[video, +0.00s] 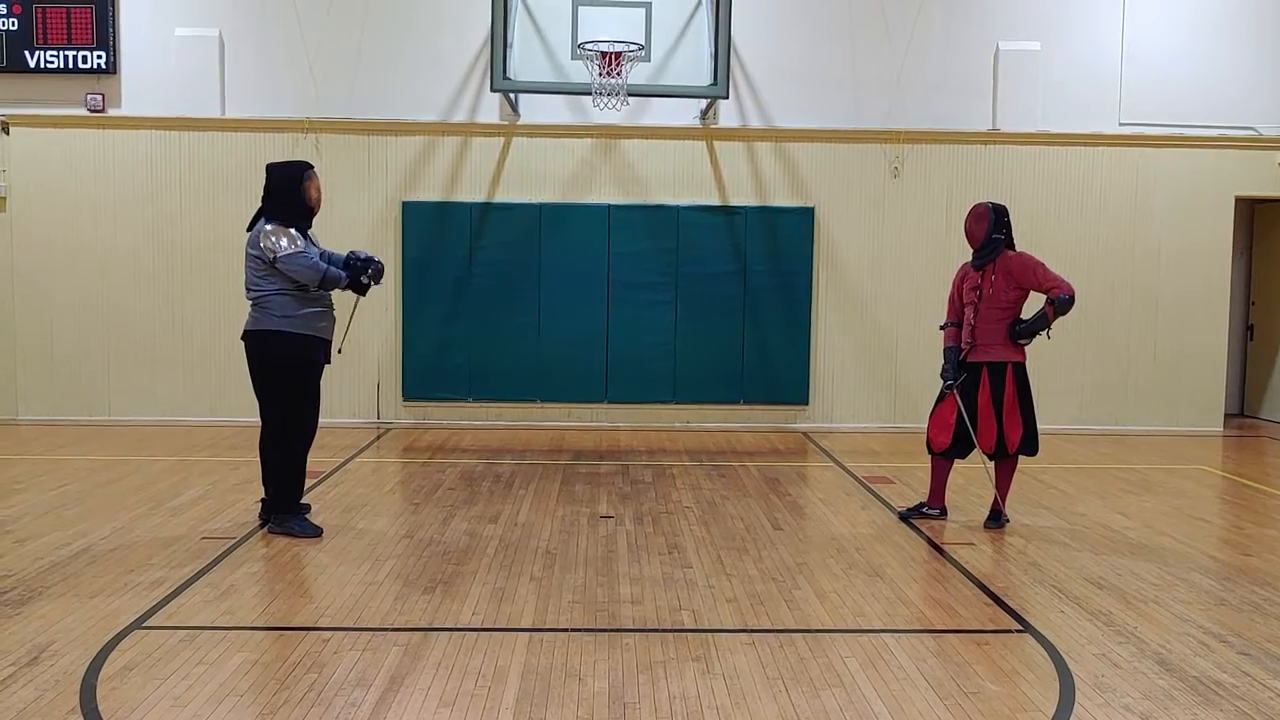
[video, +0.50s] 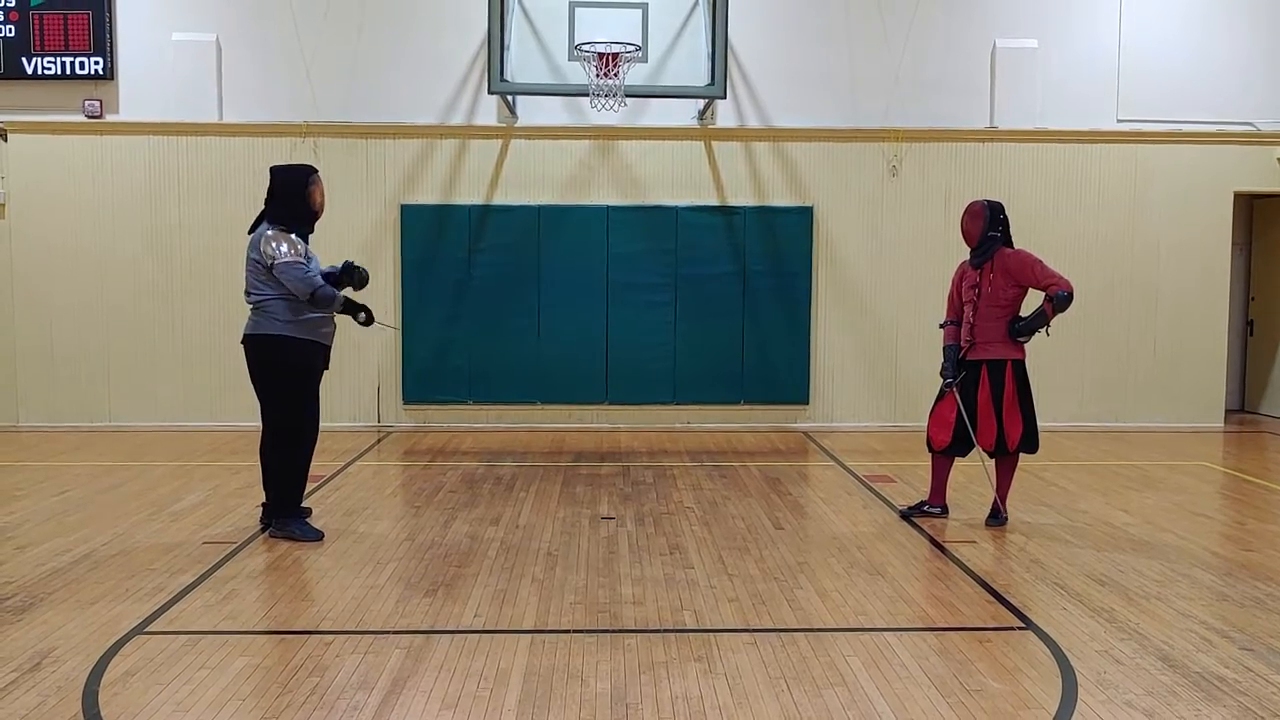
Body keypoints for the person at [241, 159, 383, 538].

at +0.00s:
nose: (319, 194)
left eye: (318, 187)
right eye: (314, 187)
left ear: (296, 191)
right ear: (295, 191)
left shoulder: (292, 232)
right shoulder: (274, 232)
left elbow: (320, 258)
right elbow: (309, 272)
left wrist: (354, 262)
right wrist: (346, 280)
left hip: (299, 342)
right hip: (279, 341)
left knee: (296, 424)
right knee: (287, 426)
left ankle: (282, 504)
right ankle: (282, 511)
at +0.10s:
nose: (319, 197)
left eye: (319, 189)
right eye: (314, 189)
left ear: (296, 192)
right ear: (294, 192)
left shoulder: (292, 233)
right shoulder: (274, 233)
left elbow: (319, 261)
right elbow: (308, 274)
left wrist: (352, 262)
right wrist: (344, 281)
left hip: (298, 343)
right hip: (279, 342)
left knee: (296, 425)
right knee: (287, 426)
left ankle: (282, 506)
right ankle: (282, 513)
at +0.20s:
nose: (320, 198)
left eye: (319, 191)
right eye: (315, 191)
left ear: (296, 193)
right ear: (294, 193)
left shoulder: (292, 235)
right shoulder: (274, 234)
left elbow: (318, 262)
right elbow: (306, 276)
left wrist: (352, 267)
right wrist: (344, 284)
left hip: (298, 344)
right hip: (279, 344)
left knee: (296, 425)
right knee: (288, 426)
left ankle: (282, 507)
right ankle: (282, 513)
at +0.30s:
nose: (320, 200)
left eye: (320, 192)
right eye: (315, 193)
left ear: (296, 195)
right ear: (294, 195)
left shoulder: (292, 237)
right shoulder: (274, 236)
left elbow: (318, 267)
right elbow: (308, 278)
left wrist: (352, 268)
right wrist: (344, 287)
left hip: (296, 345)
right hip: (279, 344)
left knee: (293, 426)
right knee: (291, 427)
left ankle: (281, 507)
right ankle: (282, 514)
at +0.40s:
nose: (321, 201)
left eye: (320, 193)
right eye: (315, 193)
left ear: (294, 196)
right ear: (295, 196)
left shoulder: (293, 237)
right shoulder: (274, 237)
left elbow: (315, 276)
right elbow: (308, 283)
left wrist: (344, 271)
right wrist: (344, 293)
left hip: (296, 345)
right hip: (279, 345)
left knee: (296, 426)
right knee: (289, 427)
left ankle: (283, 507)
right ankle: (282, 514)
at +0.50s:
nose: (322, 200)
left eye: (321, 191)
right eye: (317, 191)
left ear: (293, 195)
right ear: (297, 195)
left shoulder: (287, 236)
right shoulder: (276, 238)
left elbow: (308, 278)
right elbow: (308, 289)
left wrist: (338, 276)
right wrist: (349, 305)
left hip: (293, 345)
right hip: (280, 345)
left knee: (293, 427)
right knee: (291, 428)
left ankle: (283, 507)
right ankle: (282, 515)